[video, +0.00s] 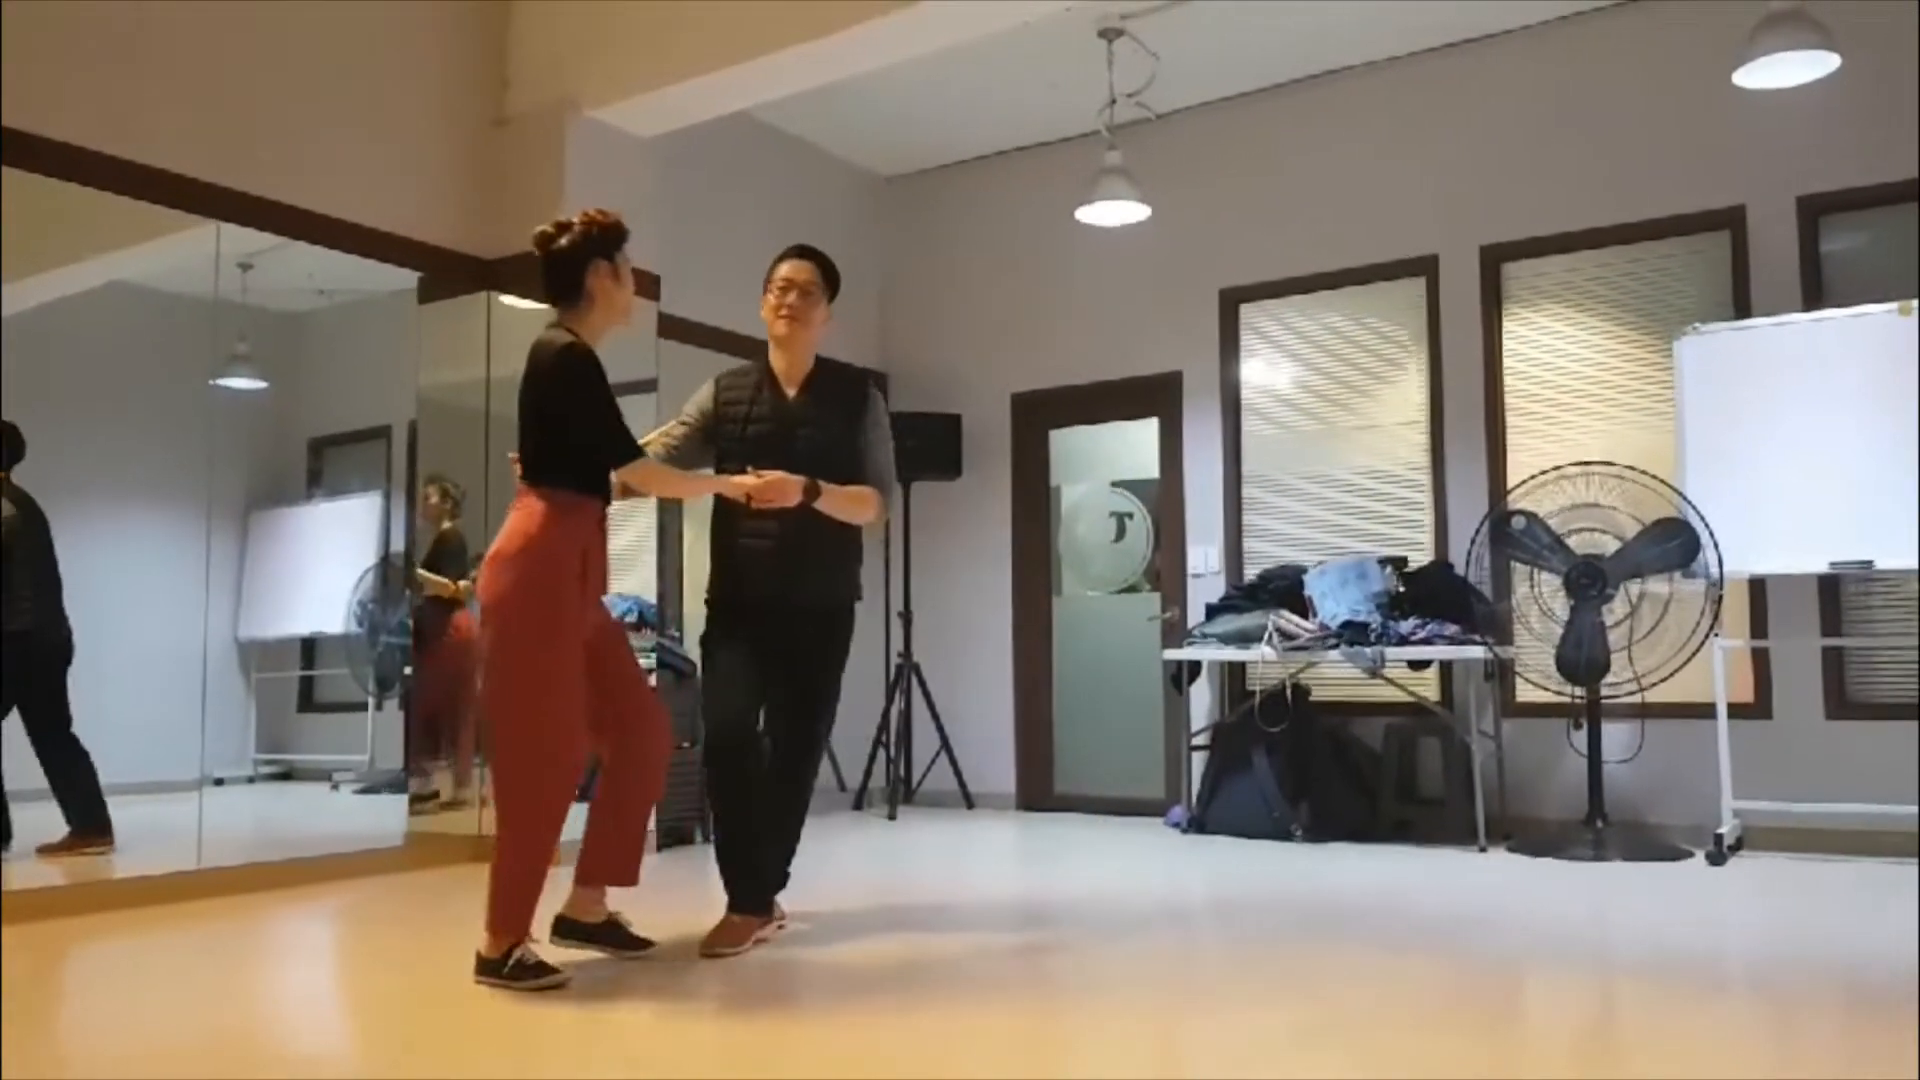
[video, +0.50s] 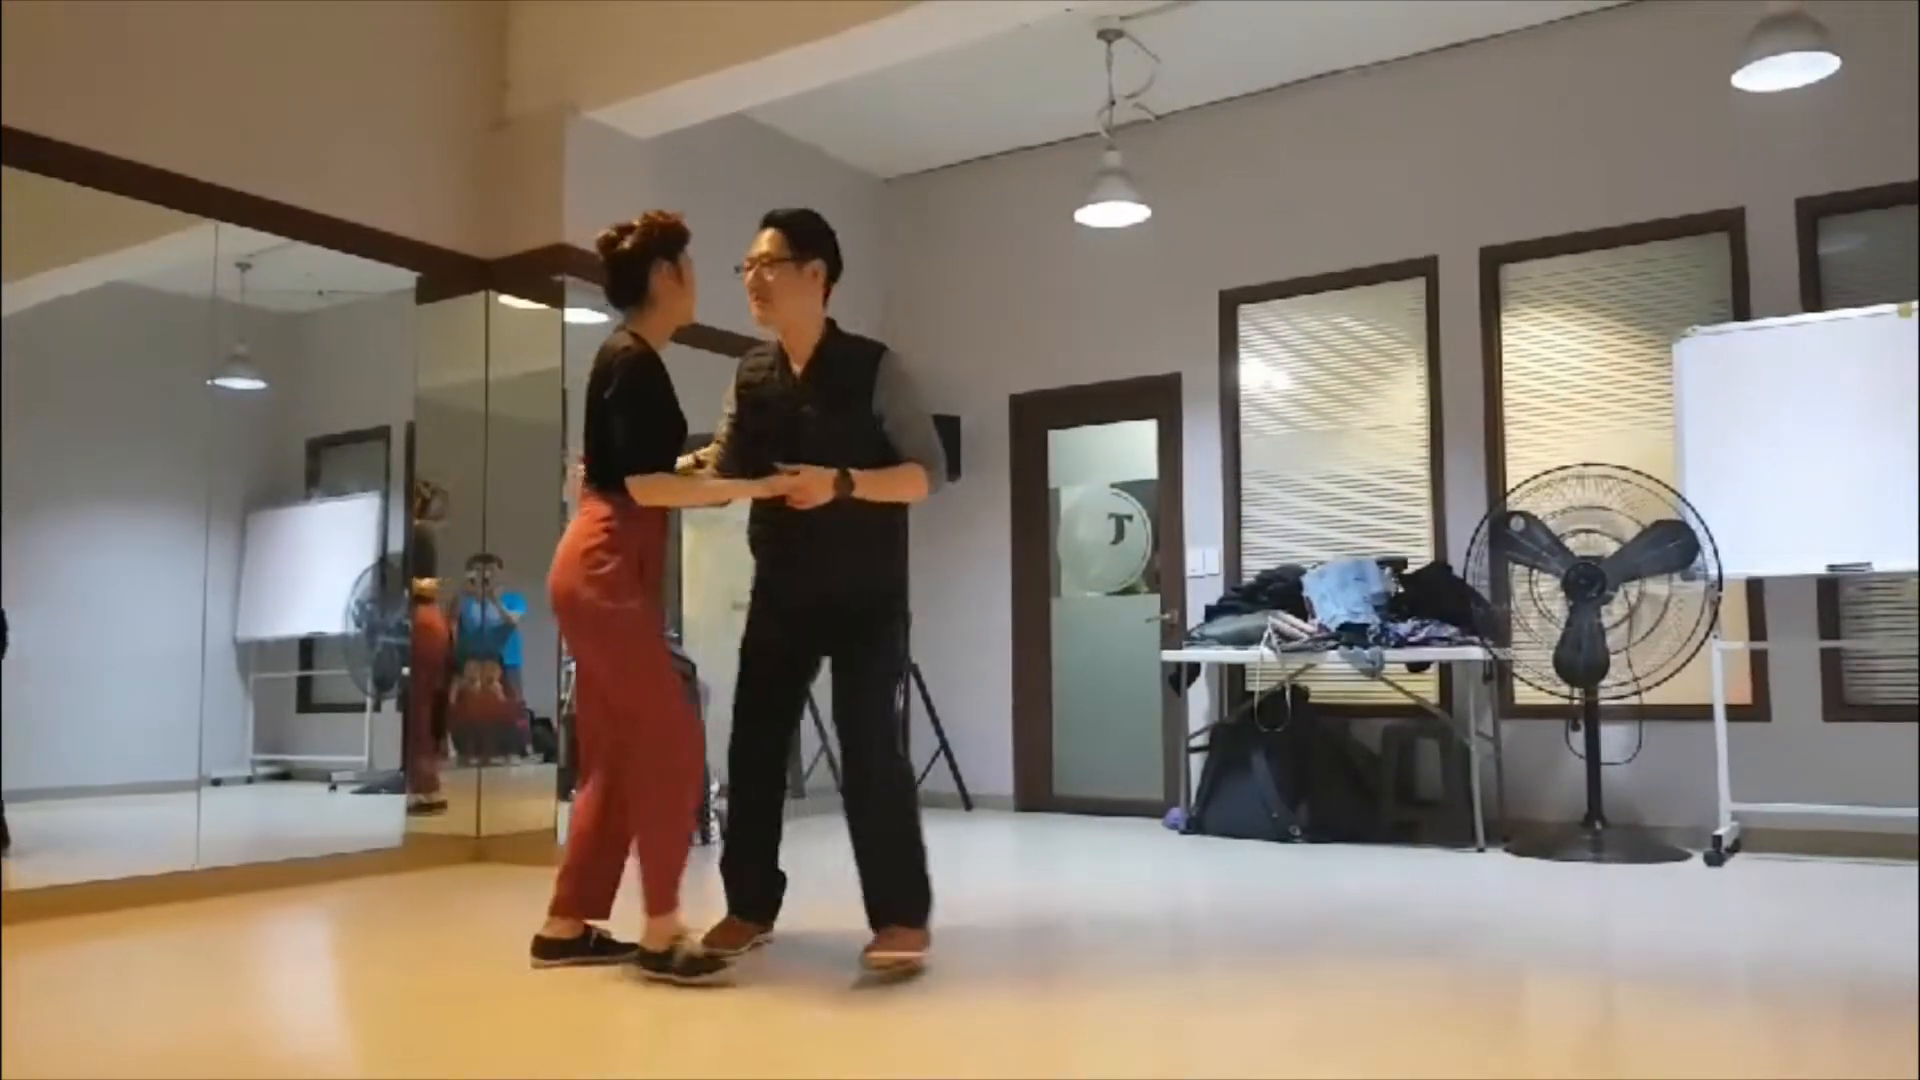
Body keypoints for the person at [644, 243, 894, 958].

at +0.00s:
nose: (785, 298)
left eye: (801, 290)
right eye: (777, 287)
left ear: (827, 309)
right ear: (762, 301)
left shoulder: (858, 396)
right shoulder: (727, 390)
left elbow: (875, 505)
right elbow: (647, 468)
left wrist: (807, 489)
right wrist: (559, 466)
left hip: (819, 605)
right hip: (737, 600)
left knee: (794, 747)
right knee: (725, 735)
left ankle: (761, 897)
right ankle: (745, 902)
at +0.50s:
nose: (750, 277)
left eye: (767, 264)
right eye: (748, 266)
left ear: (818, 275)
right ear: (757, 282)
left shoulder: (876, 368)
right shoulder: (754, 371)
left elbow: (926, 474)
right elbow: (726, 472)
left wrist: (842, 481)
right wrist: (645, 475)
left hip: (867, 595)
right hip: (782, 594)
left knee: (870, 754)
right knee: (754, 752)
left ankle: (901, 922)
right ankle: (749, 910)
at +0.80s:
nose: (807, 253)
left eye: (821, 238)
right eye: (807, 241)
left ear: (874, 243)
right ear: (840, 252)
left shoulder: (944, 331)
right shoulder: (835, 359)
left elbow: (1011, 437)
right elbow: (769, 452)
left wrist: (902, 457)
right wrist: (687, 474)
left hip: (960, 574)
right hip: (886, 574)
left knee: (925, 741)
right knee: (840, 730)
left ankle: (928, 936)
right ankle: (874, 897)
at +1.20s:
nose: (860, 242)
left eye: (873, 225)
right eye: (863, 227)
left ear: (921, 234)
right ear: (909, 238)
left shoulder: (988, 322)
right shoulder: (905, 358)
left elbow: (1059, 431)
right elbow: (841, 458)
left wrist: (939, 460)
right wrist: (763, 478)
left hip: (1016, 582)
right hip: (970, 585)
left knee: (918, 747)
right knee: (931, 745)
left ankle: (998, 964)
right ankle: (968, 927)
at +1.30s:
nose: (864, 218)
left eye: (874, 200)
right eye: (868, 203)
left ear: (915, 206)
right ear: (920, 210)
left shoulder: (970, 290)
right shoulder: (937, 308)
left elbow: (1033, 400)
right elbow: (952, 420)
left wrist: (908, 432)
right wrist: (881, 453)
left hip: (1021, 565)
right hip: (990, 565)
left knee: (941, 744)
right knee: (942, 738)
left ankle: (1002, 970)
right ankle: (977, 915)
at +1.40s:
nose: (886, 194)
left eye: (891, 177)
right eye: (889, 178)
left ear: (923, 176)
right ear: (969, 182)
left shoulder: (956, 259)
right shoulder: (1007, 266)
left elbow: (980, 363)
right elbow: (1009, 406)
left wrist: (851, 397)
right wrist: (907, 460)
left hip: (1019, 538)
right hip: (1066, 531)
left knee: (956, 740)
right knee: (1001, 719)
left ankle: (995, 970)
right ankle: (1086, 895)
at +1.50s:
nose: (903, 184)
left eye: (908, 167)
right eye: (906, 168)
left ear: (938, 167)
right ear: (991, 173)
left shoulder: (962, 252)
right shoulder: (1031, 260)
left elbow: (961, 366)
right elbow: (1038, 398)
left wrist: (839, 389)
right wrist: (944, 455)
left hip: (1023, 533)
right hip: (1087, 526)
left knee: (961, 743)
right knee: (1017, 720)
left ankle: (993, 974)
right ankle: (1128, 887)